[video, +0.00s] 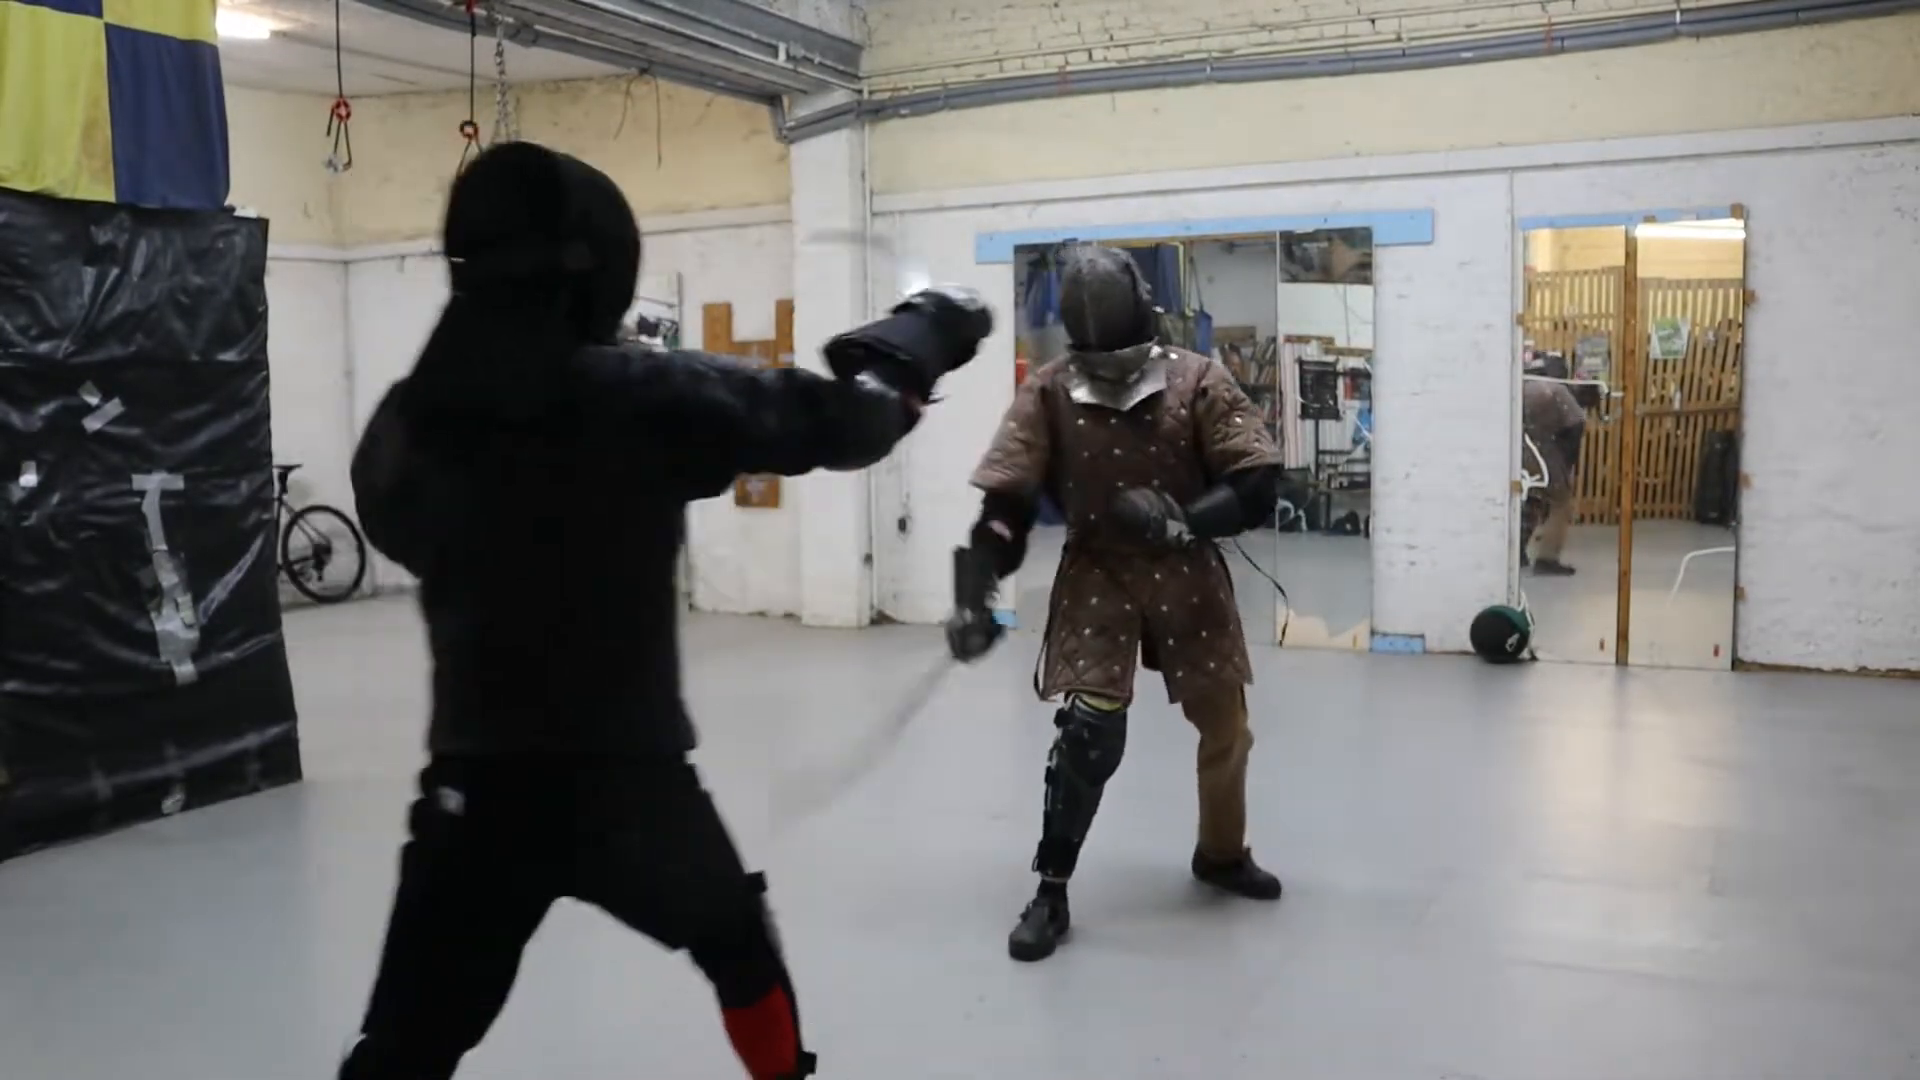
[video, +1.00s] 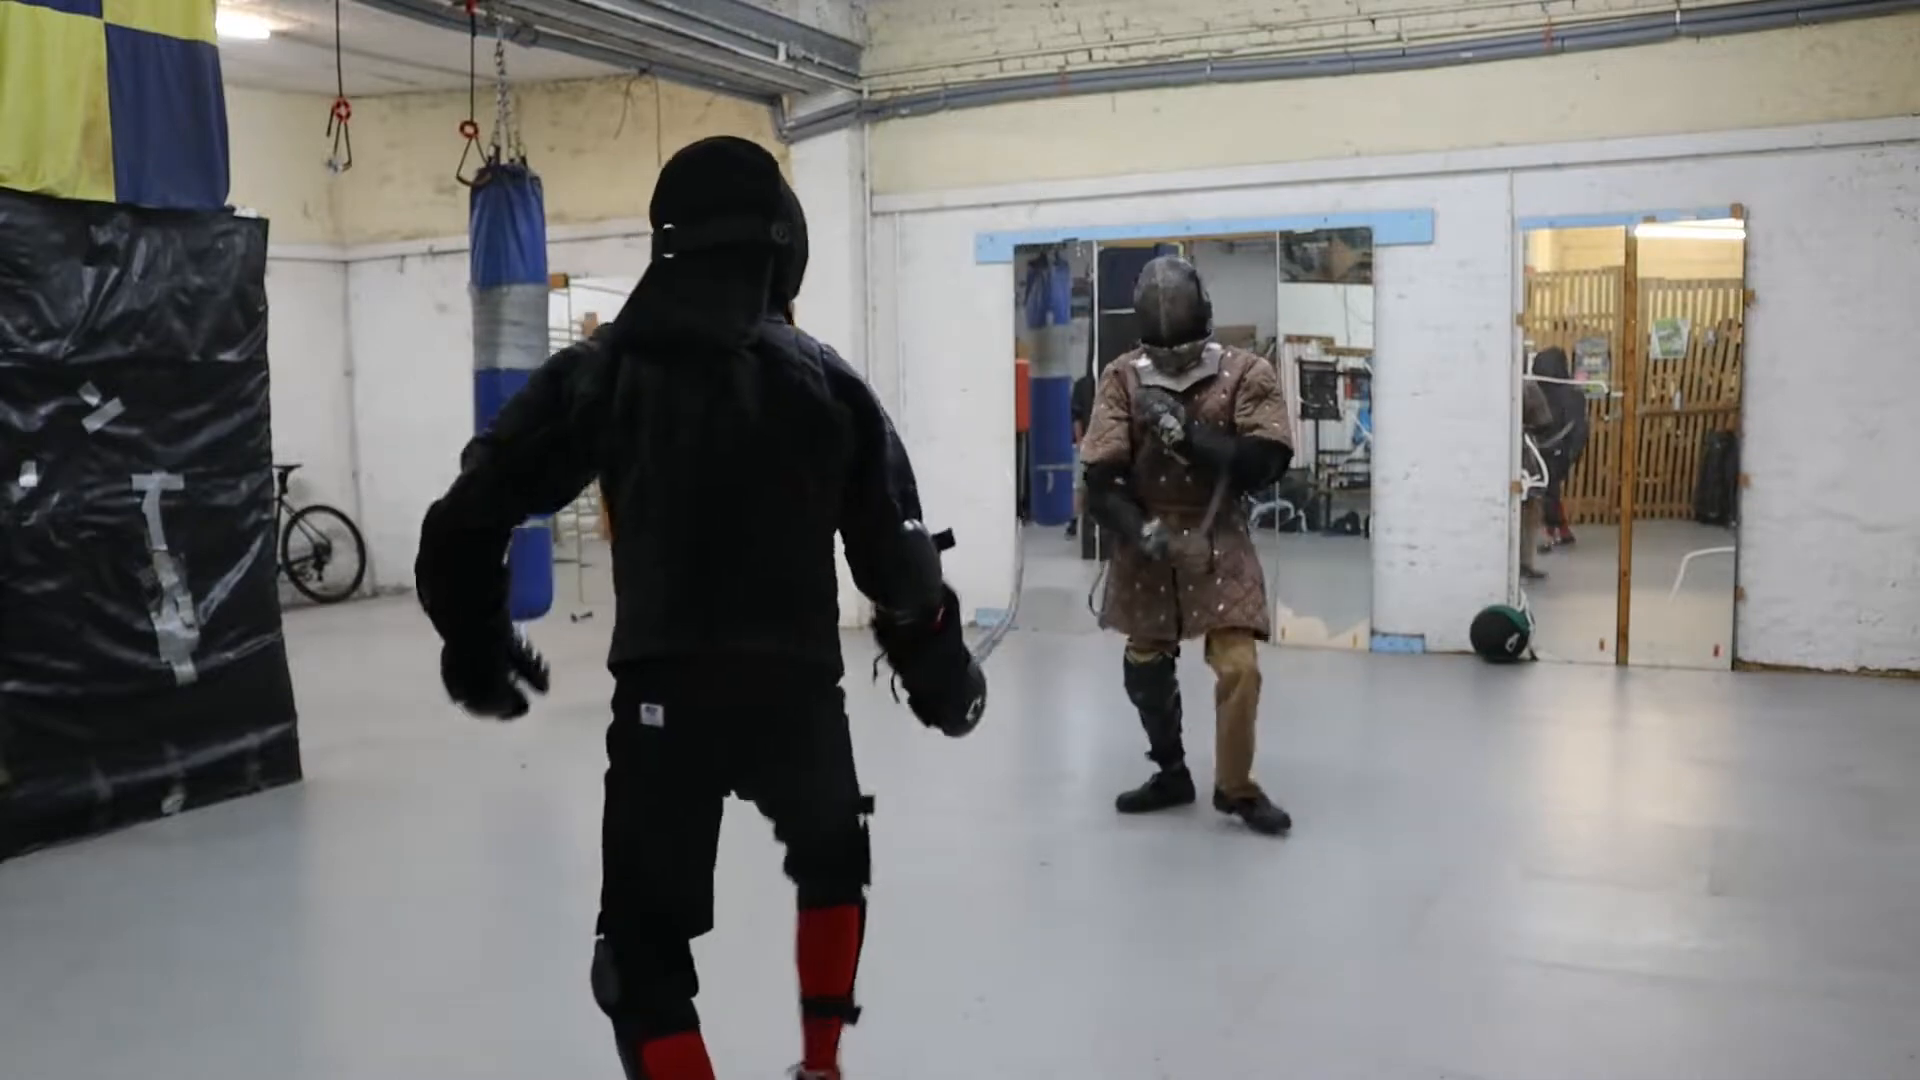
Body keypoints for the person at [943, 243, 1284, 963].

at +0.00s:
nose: (1108, 370)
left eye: (1122, 353)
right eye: (1092, 356)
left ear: (1146, 325)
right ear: (1071, 336)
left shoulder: (1198, 383)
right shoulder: (1047, 395)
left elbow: (1261, 485)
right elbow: (1008, 504)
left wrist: (1183, 523)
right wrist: (974, 591)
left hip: (1187, 576)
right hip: (1096, 578)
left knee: (1229, 726)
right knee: (1090, 733)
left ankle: (1221, 856)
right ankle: (1050, 891)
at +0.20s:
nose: (1145, 349)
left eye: (1158, 334)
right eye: (1131, 336)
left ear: (1184, 320)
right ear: (1114, 326)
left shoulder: (1237, 389)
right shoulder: (1094, 390)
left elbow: (1285, 497)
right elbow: (1069, 498)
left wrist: (1199, 519)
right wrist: (1041, 555)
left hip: (1211, 584)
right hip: (1118, 582)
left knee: (1232, 730)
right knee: (1092, 731)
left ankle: (1233, 854)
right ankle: (1049, 884)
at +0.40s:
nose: (1186, 358)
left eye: (1200, 343)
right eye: (1173, 345)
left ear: (1224, 324)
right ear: (1156, 329)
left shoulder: (1266, 383)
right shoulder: (1133, 384)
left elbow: (1300, 490)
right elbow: (1096, 482)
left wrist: (1209, 503)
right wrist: (1054, 527)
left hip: (1228, 575)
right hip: (1140, 571)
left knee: (1245, 720)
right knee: (1083, 697)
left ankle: (1234, 853)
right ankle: (1091, 837)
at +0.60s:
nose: (1180, 355)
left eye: (1192, 341)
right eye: (1167, 343)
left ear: (1215, 329)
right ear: (1150, 335)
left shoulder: (1259, 387)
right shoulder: (1129, 389)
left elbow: (1282, 480)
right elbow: (1102, 477)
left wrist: (1196, 460)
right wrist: (1130, 495)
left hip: (1222, 560)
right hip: (1145, 560)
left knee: (1238, 695)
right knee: (1127, 701)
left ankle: (1237, 847)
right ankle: (1174, 779)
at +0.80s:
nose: (1164, 348)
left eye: (1174, 333)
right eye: (1151, 335)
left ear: (1197, 325)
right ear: (1135, 331)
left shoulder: (1245, 384)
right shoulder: (1119, 390)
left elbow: (1264, 473)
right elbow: (1118, 487)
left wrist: (1186, 444)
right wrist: (1181, 492)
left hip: (1217, 550)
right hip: (1143, 554)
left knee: (1226, 676)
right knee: (1137, 683)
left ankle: (1235, 827)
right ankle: (1172, 775)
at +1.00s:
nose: (1169, 341)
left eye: (1180, 325)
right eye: (1156, 327)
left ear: (1203, 314)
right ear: (1141, 322)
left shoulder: (1247, 372)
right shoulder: (1120, 378)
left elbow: (1267, 460)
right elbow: (1100, 478)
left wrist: (1188, 434)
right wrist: (1139, 529)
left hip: (1220, 539)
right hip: (1146, 540)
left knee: (1239, 667)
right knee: (1145, 667)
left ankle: (1237, 789)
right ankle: (1171, 774)